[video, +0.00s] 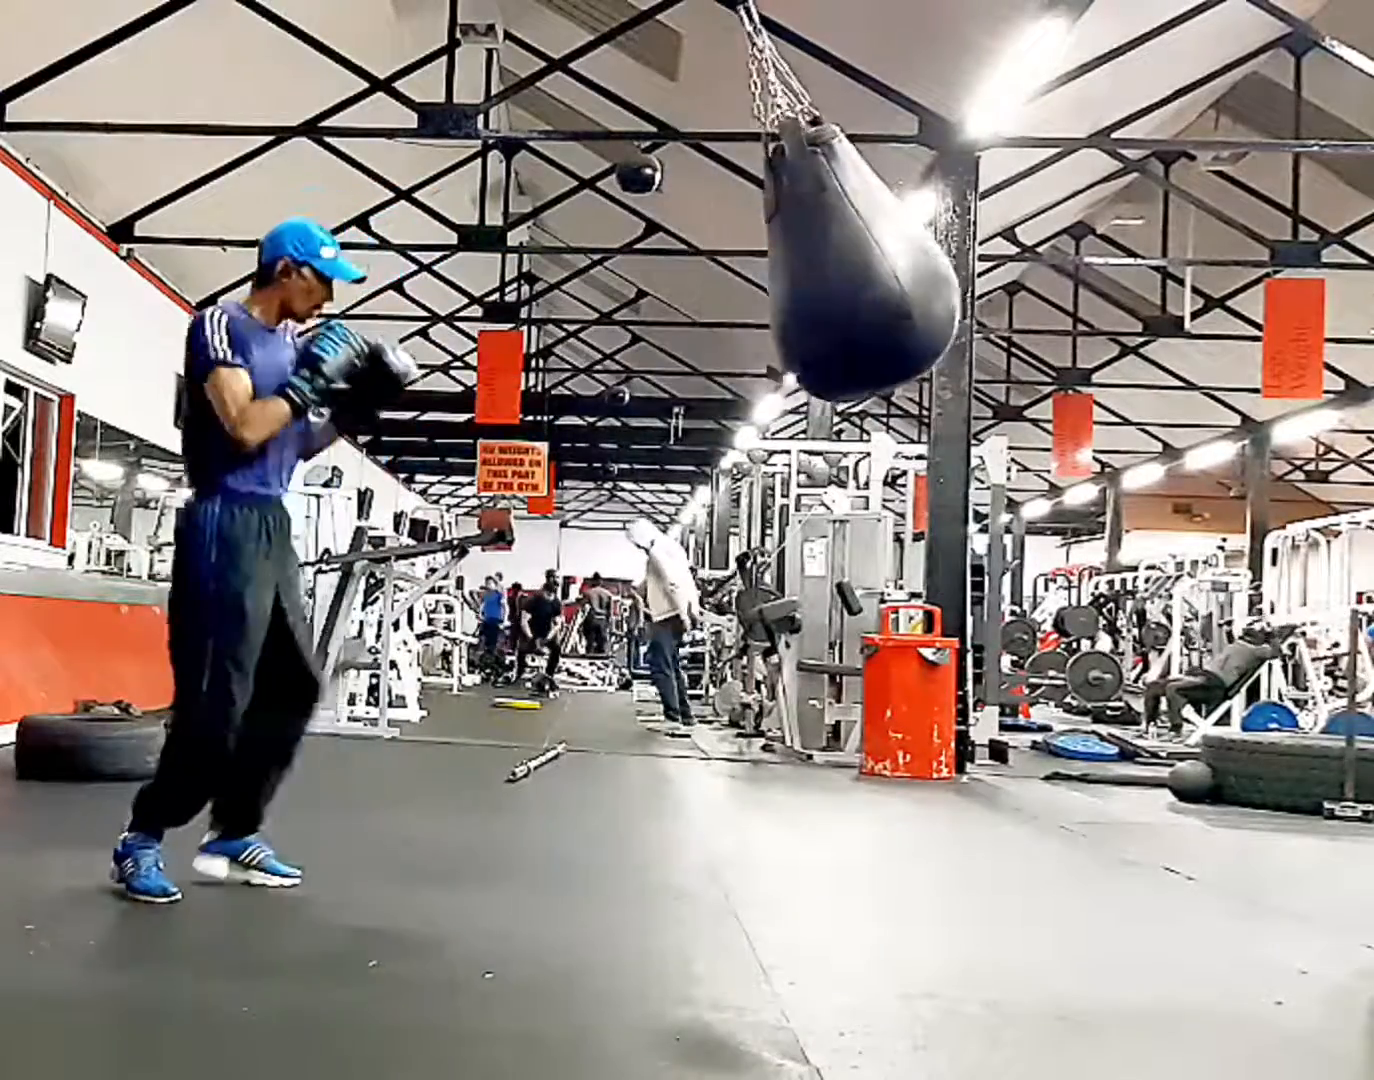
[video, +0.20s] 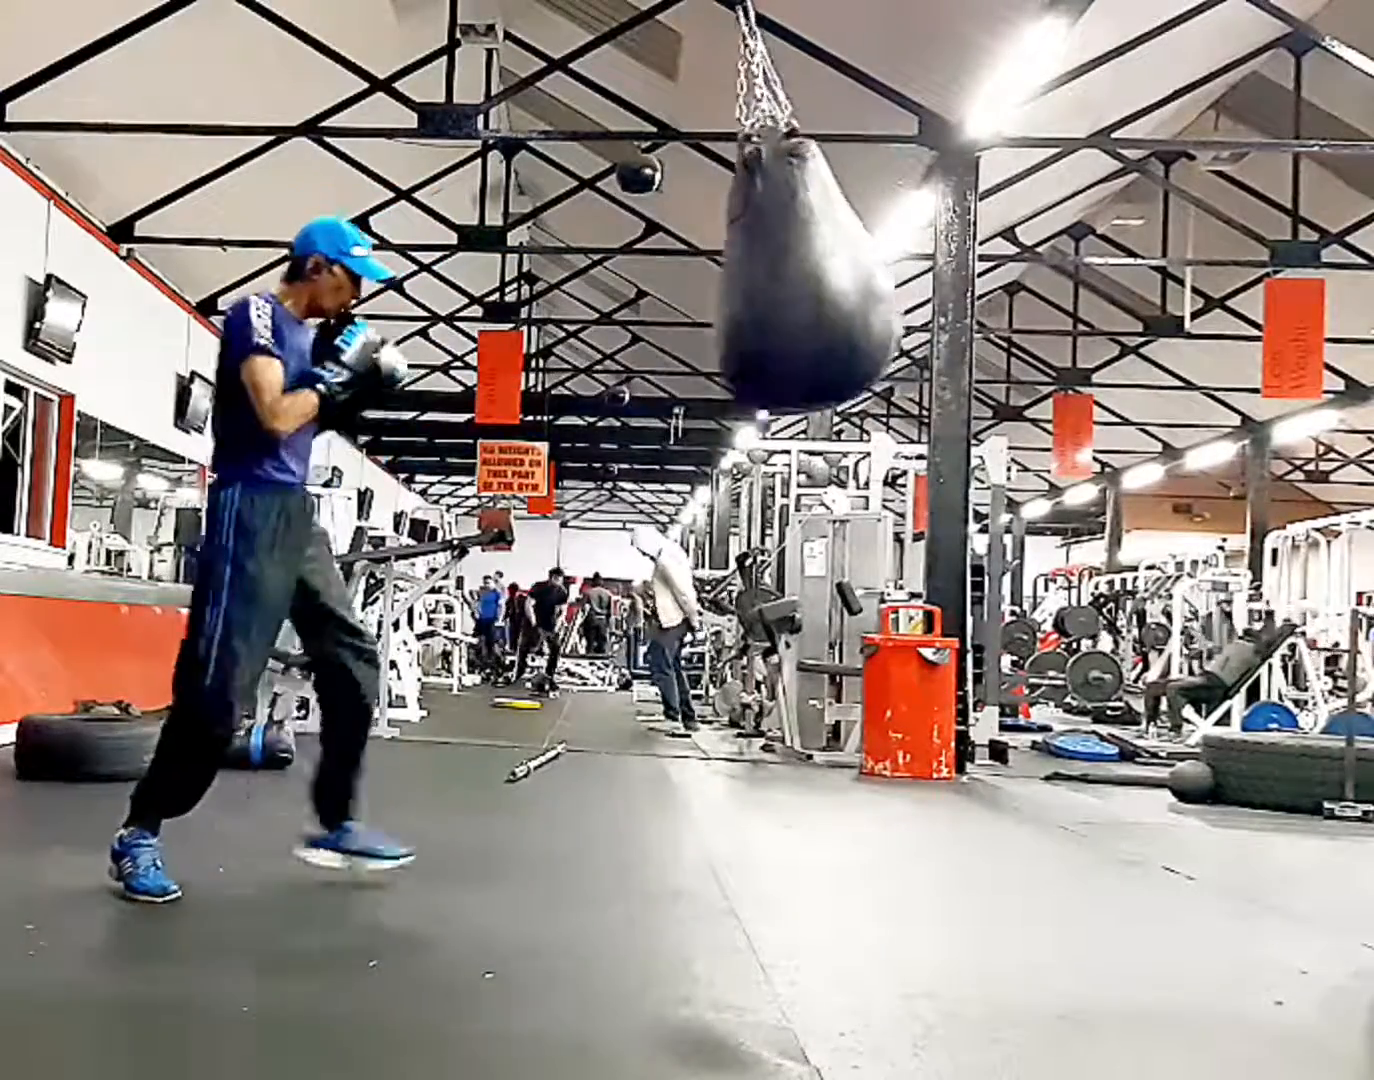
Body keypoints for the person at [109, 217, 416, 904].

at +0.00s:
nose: (330, 298)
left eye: (333, 287)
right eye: (325, 284)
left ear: (299, 278)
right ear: (288, 272)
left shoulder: (295, 343)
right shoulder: (221, 323)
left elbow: (297, 447)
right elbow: (245, 427)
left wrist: (354, 405)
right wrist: (312, 382)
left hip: (270, 528)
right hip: (221, 526)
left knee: (291, 685)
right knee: (219, 693)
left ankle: (233, 837)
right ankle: (142, 840)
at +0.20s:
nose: (356, 298)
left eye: (361, 287)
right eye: (353, 283)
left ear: (325, 275)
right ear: (318, 269)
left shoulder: (312, 339)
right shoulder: (256, 314)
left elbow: (304, 422)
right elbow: (276, 416)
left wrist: (355, 392)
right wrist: (337, 377)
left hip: (296, 517)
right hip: (251, 513)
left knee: (353, 668)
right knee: (221, 691)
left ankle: (335, 825)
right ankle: (139, 833)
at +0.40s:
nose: (402, 326)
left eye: (406, 316)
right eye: (397, 312)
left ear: (373, 309)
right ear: (363, 302)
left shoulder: (357, 369)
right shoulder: (309, 343)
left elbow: (388, 449)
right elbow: (324, 408)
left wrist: (453, 415)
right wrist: (387, 376)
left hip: (324, 543)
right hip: (295, 538)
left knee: (353, 697)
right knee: (258, 714)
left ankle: (389, 847)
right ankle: (147, 829)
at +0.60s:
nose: (441, 319)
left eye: (445, 309)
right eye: (439, 306)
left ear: (412, 297)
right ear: (406, 293)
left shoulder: (385, 351)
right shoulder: (351, 332)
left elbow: (392, 429)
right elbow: (411, 388)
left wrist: (455, 391)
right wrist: (478, 364)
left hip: (377, 531)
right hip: (339, 527)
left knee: (406, 691)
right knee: (292, 687)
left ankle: (394, 845)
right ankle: (176, 821)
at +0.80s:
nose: (442, 332)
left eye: (447, 322)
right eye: (438, 317)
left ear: (424, 312)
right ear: (408, 300)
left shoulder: (413, 375)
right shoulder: (340, 345)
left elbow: (456, 430)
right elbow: (313, 446)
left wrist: (509, 413)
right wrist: (391, 429)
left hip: (381, 533)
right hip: (334, 525)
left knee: (411, 693)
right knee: (327, 696)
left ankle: (394, 845)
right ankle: (219, 819)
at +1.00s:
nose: (438, 364)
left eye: (441, 353)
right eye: (433, 351)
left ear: (404, 346)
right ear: (398, 341)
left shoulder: (377, 410)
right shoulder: (325, 387)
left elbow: (351, 494)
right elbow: (299, 490)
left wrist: (405, 515)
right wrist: (380, 474)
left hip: (364, 570)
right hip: (315, 570)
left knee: (430, 701)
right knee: (321, 734)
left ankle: (396, 847)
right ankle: (212, 841)